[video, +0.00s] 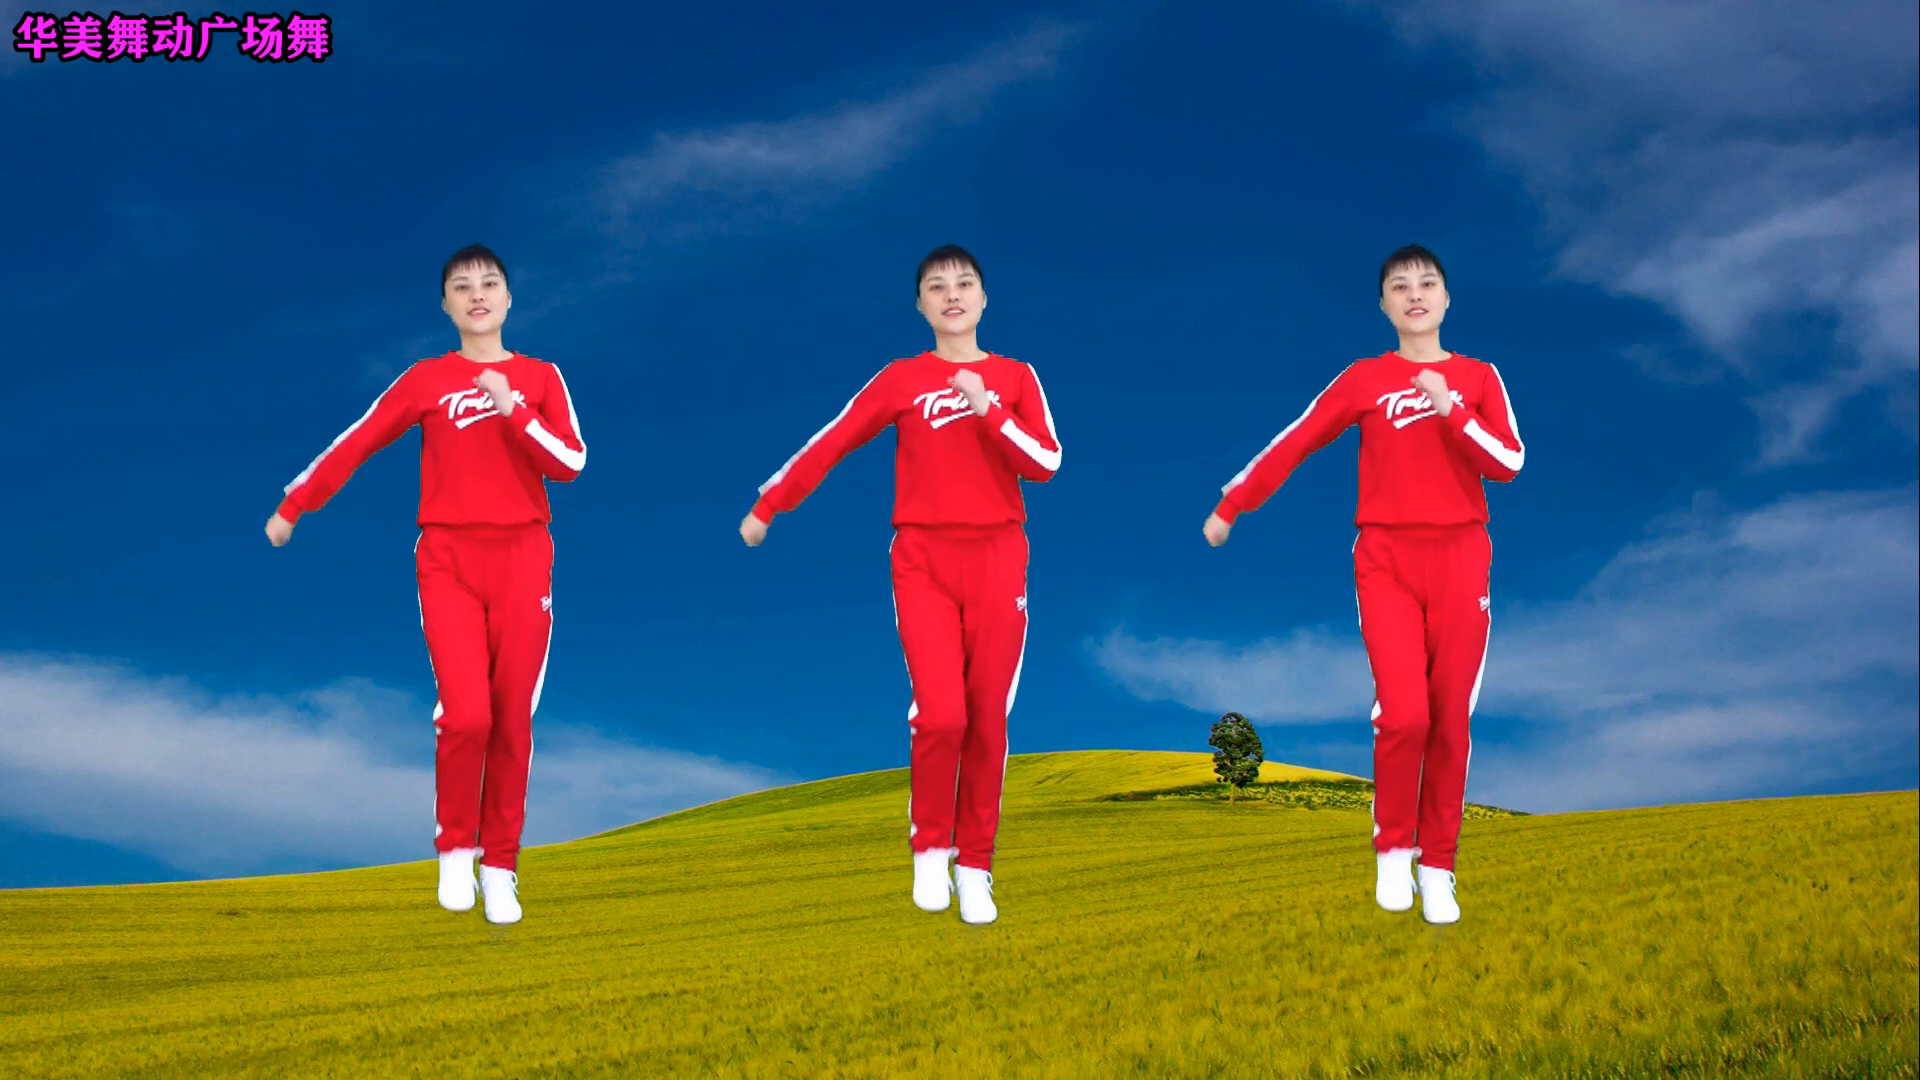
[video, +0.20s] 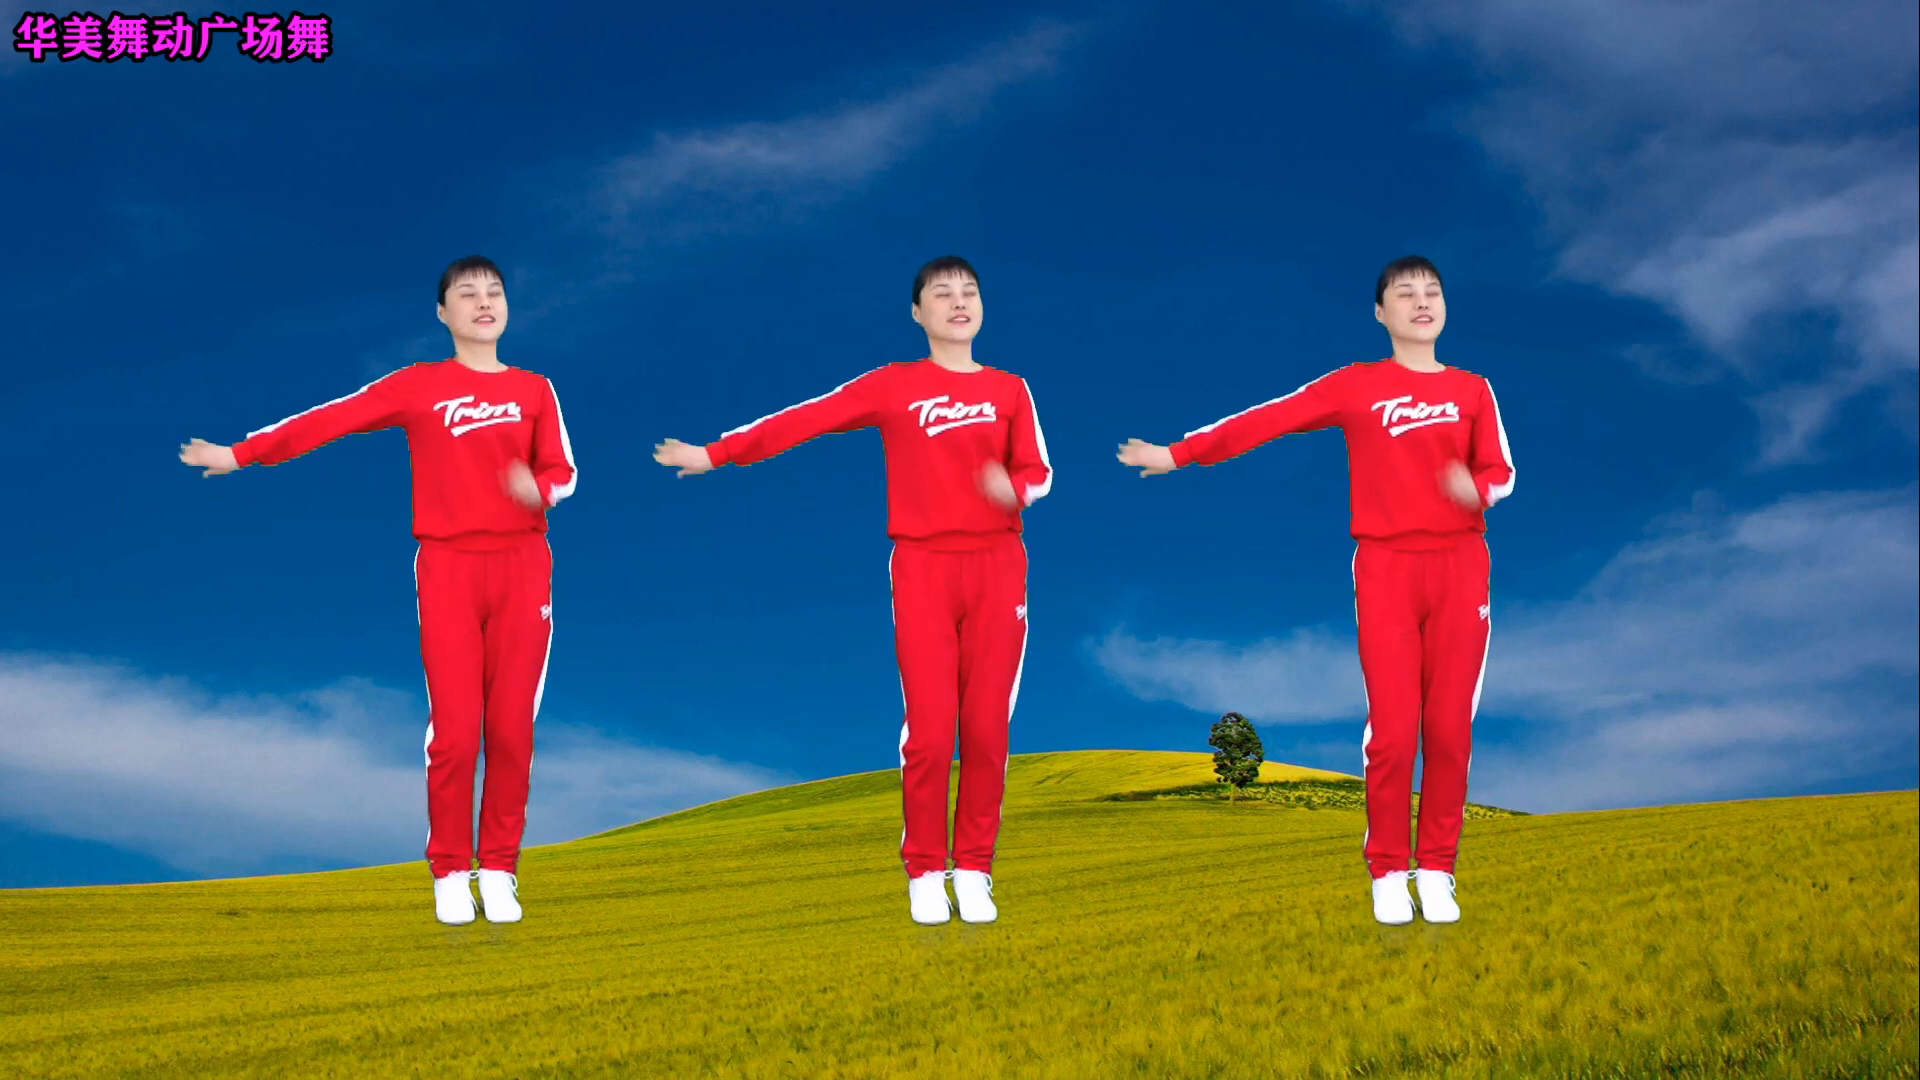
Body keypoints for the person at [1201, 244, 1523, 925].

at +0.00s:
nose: (1416, 295)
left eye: (1427, 284)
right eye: (1401, 287)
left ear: (1446, 298)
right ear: (1385, 305)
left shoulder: (1477, 376)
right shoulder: (1362, 380)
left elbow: (1508, 463)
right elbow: (1294, 442)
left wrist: (1453, 412)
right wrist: (1229, 504)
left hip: (1462, 557)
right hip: (1386, 558)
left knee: (1452, 714)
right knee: (1404, 713)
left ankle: (1438, 861)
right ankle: (1394, 849)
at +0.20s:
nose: (1422, 302)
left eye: (1431, 292)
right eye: (1406, 294)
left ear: (1445, 308)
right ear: (1383, 312)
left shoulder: (1474, 389)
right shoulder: (1355, 383)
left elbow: (1502, 473)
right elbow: (1268, 419)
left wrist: (1478, 489)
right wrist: (1175, 454)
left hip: (1461, 564)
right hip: (1386, 565)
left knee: (1450, 725)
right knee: (1394, 726)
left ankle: (1436, 868)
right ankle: (1388, 870)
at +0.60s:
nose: (1438, 301)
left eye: (1440, 291)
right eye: (1421, 291)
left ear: (1444, 309)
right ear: (1385, 311)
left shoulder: (1469, 392)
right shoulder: (1371, 378)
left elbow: (1489, 490)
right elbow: (1428, 429)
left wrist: (1499, 567)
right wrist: (1522, 452)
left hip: (1465, 565)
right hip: (1394, 561)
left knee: (1496, 709)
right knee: (1392, 724)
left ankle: (1500, 834)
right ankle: (1386, 868)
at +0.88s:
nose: (1472, 304)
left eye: (1475, 297)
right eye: (1457, 297)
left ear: (1481, 315)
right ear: (1426, 314)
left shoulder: (1507, 384)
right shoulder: (1414, 377)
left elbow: (1538, 479)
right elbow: (1411, 290)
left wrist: (1553, 563)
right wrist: (1457, 221)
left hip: (1521, 563)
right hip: (1449, 561)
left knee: (1535, 730)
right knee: (1421, 726)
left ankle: (1548, 868)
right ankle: (1389, 866)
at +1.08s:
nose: (1490, 312)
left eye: (1498, 302)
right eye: (1474, 305)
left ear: (1513, 315)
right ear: (1450, 325)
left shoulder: (1551, 388)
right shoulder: (1441, 390)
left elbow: (1582, 484)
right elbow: (1374, 351)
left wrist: (1594, 568)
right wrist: (1337, 267)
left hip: (1557, 563)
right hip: (1483, 565)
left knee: (1559, 730)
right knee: (1498, 719)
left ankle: (1548, 869)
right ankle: (1440, 818)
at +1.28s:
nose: (1507, 324)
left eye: (1517, 313)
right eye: (1492, 316)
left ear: (1535, 323)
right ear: (1475, 332)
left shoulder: (1574, 398)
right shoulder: (1454, 407)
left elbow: (1604, 488)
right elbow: (1372, 438)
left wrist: (1622, 566)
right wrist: (1289, 458)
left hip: (1576, 569)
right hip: (1499, 574)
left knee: (1577, 728)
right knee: (1536, 706)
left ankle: (1549, 869)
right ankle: (1511, 792)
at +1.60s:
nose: (1515, 309)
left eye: (1527, 298)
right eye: (1503, 301)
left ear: (1551, 310)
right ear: (1491, 317)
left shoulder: (1586, 381)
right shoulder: (1470, 399)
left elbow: (1662, 435)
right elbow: (1456, 495)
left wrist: (1740, 481)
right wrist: (1448, 573)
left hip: (1563, 568)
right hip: (1484, 569)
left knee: (1557, 731)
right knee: (1502, 731)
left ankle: (1552, 869)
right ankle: (1511, 865)